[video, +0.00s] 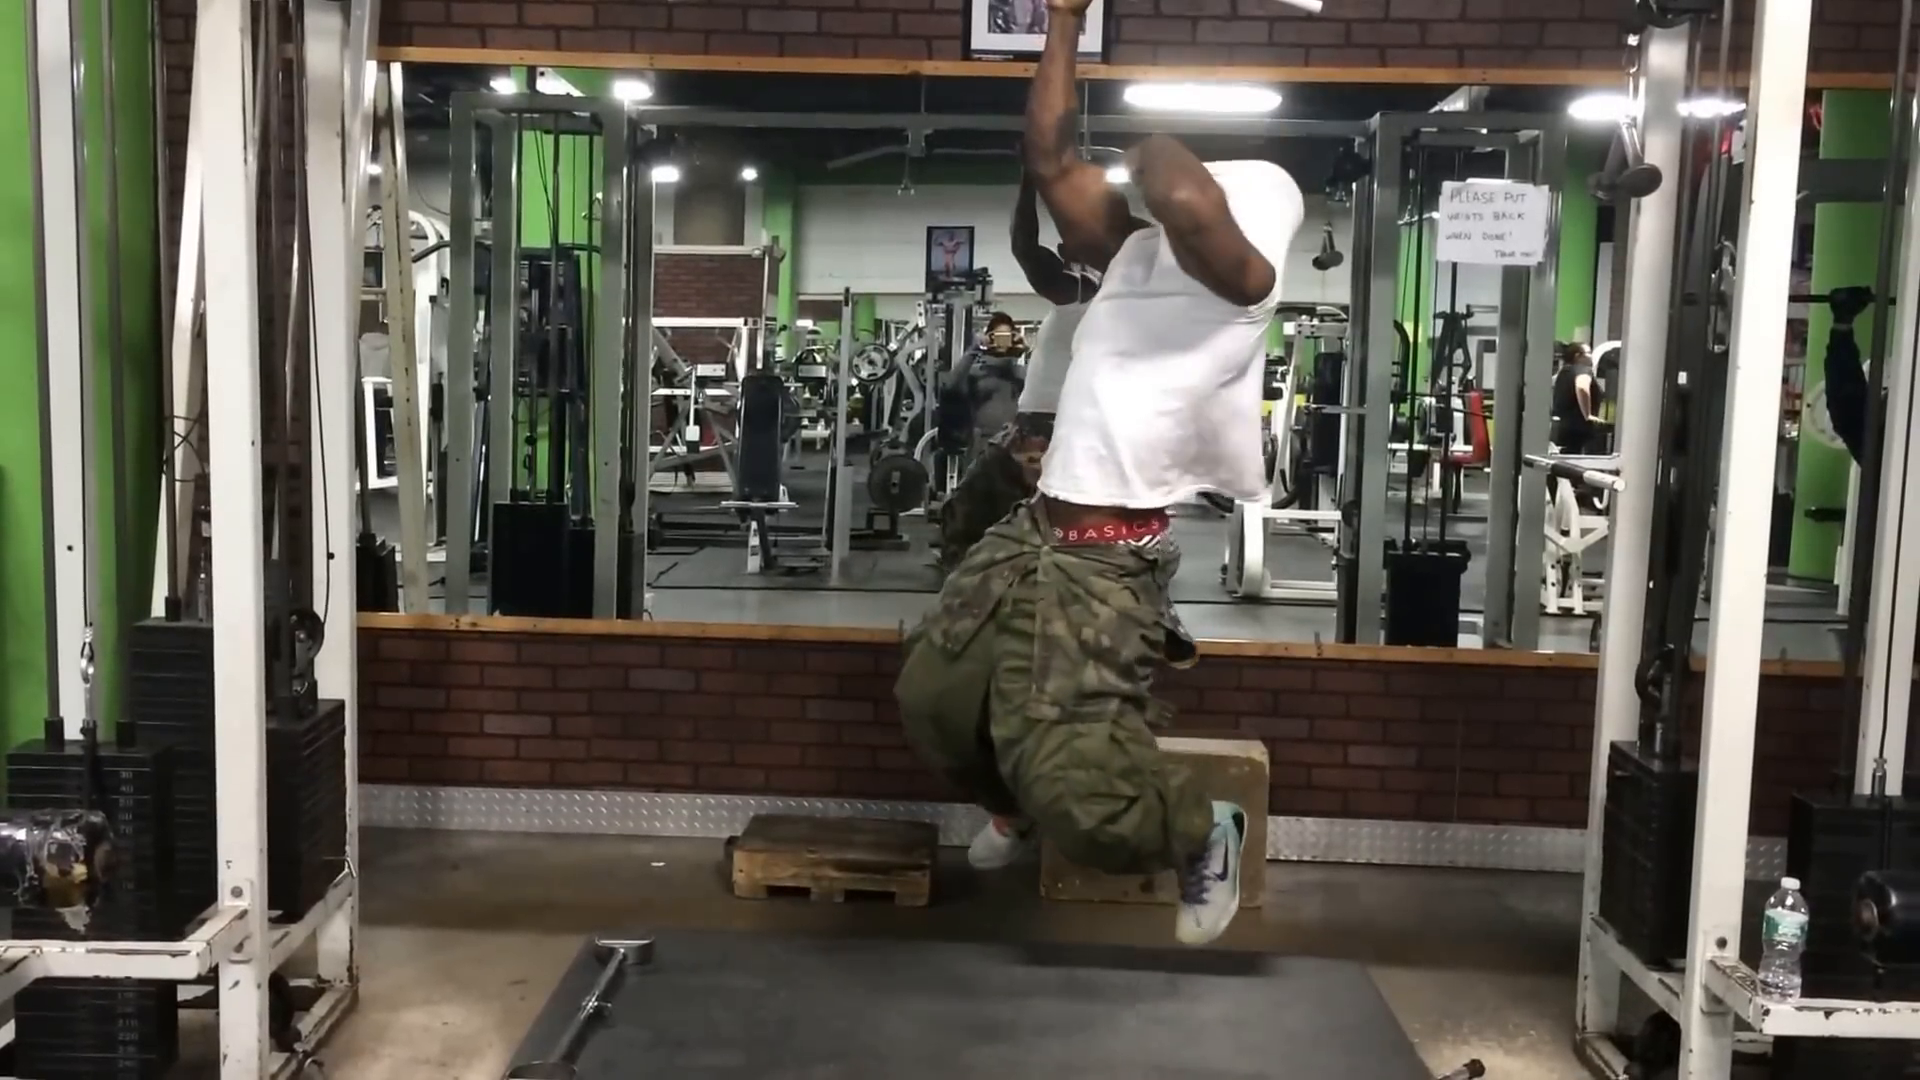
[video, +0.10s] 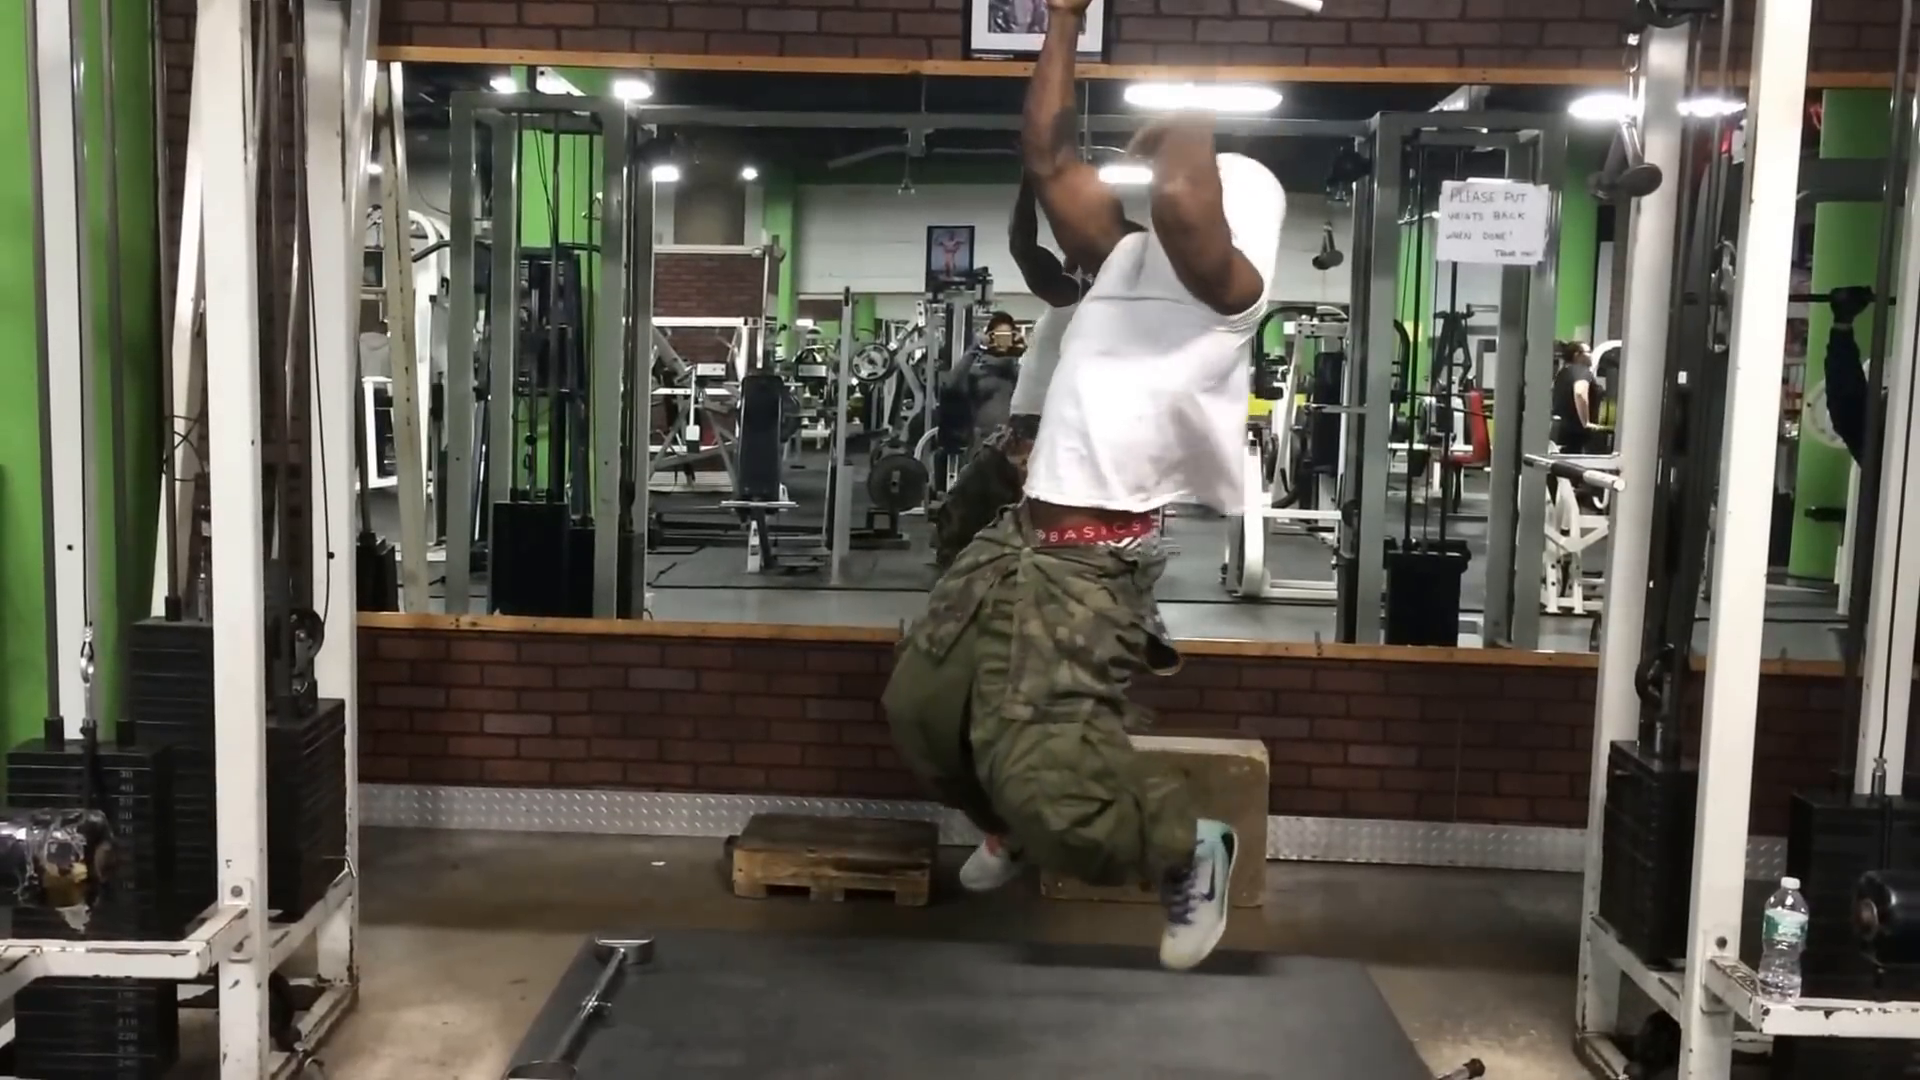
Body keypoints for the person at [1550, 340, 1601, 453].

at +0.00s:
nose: (1591, 356)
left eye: (1590, 353)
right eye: (1588, 353)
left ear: (1575, 357)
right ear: (1578, 356)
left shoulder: (1563, 371)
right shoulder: (1583, 370)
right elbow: (1582, 388)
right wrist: (1588, 415)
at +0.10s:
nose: (1591, 355)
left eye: (1590, 352)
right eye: (1588, 352)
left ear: (1576, 356)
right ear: (1577, 355)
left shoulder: (1563, 372)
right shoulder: (1582, 371)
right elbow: (1580, 394)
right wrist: (1586, 422)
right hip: (1574, 429)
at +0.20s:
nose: (1591, 355)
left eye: (1590, 351)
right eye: (1588, 351)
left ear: (1576, 355)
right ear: (1576, 355)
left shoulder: (1563, 371)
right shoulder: (1579, 372)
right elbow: (1578, 400)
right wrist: (1585, 428)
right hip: (1573, 433)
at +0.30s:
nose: (1590, 355)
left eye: (1589, 351)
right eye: (1587, 351)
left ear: (1575, 355)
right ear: (1576, 355)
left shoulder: (1561, 373)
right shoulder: (1578, 373)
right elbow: (1578, 403)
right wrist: (1585, 430)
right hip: (1575, 435)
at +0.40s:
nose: (1590, 355)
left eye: (1589, 351)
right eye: (1587, 351)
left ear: (1575, 355)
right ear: (1576, 355)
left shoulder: (1561, 372)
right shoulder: (1578, 373)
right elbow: (1577, 401)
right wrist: (1585, 427)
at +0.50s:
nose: (1590, 355)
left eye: (1589, 351)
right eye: (1587, 351)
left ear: (1574, 355)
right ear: (1576, 355)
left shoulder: (1562, 373)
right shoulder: (1580, 372)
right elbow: (1578, 395)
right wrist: (1587, 422)